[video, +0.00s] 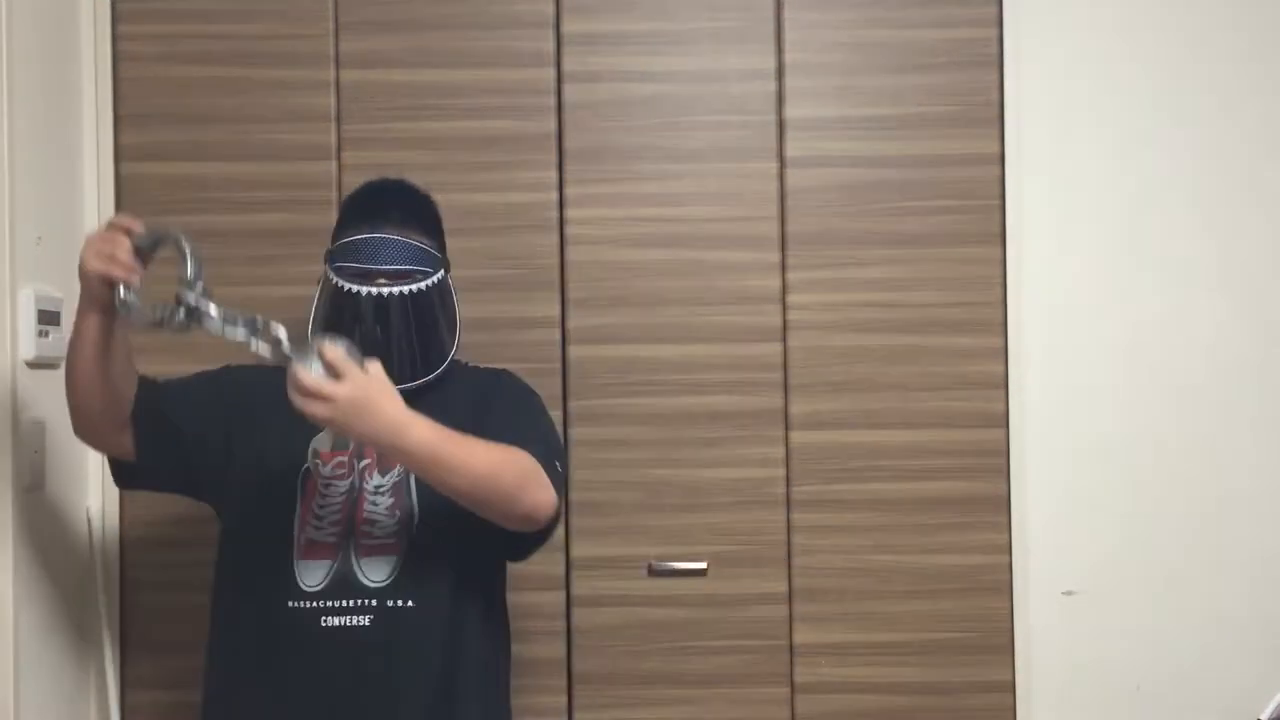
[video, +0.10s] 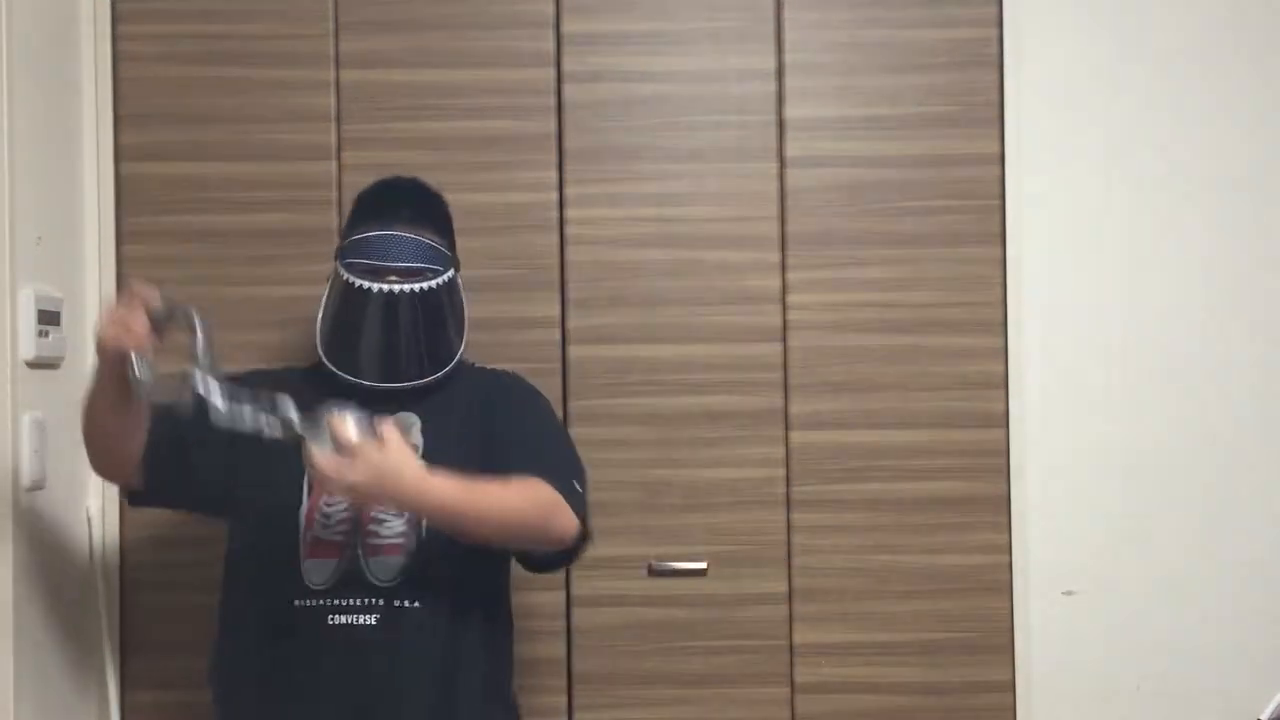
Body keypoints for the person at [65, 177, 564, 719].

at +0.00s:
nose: (382, 306)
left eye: (404, 284)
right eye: (360, 283)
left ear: (442, 290)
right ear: (329, 284)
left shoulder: (491, 403)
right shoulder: (257, 401)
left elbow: (533, 504)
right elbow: (109, 421)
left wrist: (392, 425)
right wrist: (98, 306)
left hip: (441, 703)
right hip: (267, 703)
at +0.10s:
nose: (389, 307)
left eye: (414, 289)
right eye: (368, 286)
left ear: (448, 291)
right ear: (339, 285)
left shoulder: (499, 408)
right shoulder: (267, 408)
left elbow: (557, 521)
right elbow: (122, 460)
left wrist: (412, 487)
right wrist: (118, 368)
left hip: (447, 701)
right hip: (279, 701)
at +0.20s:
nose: (406, 304)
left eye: (429, 286)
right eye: (388, 282)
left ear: (465, 291)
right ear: (355, 283)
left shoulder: (517, 417)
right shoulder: (278, 414)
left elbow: (588, 547)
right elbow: (181, 515)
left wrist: (457, 581)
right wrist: (149, 470)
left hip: (464, 705)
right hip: (298, 704)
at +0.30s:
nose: (433, 311)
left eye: (454, 292)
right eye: (415, 289)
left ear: (488, 297)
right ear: (382, 288)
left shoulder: (544, 428)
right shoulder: (308, 423)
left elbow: (597, 571)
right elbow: (240, 524)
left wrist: (519, 668)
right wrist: (210, 572)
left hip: (479, 701)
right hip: (322, 699)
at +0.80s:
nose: (606, 295)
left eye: (626, 271)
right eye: (580, 274)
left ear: (656, 278)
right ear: (545, 284)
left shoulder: (724, 398)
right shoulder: (505, 410)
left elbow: (866, 485)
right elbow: (396, 447)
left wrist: (813, 416)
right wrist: (464, 324)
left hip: (704, 696)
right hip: (552, 696)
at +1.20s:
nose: (603, 315)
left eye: (622, 293)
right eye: (583, 295)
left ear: (657, 289)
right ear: (555, 291)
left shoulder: (733, 408)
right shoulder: (503, 418)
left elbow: (845, 501)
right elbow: (389, 513)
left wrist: (798, 546)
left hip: (710, 698)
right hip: (555, 700)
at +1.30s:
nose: (585, 317)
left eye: (604, 297)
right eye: (566, 297)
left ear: (639, 296)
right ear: (535, 296)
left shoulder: (710, 420)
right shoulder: (484, 425)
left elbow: (790, 544)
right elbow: (391, 548)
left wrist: (759, 635)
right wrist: (448, 552)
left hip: (677, 703)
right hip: (529, 703)